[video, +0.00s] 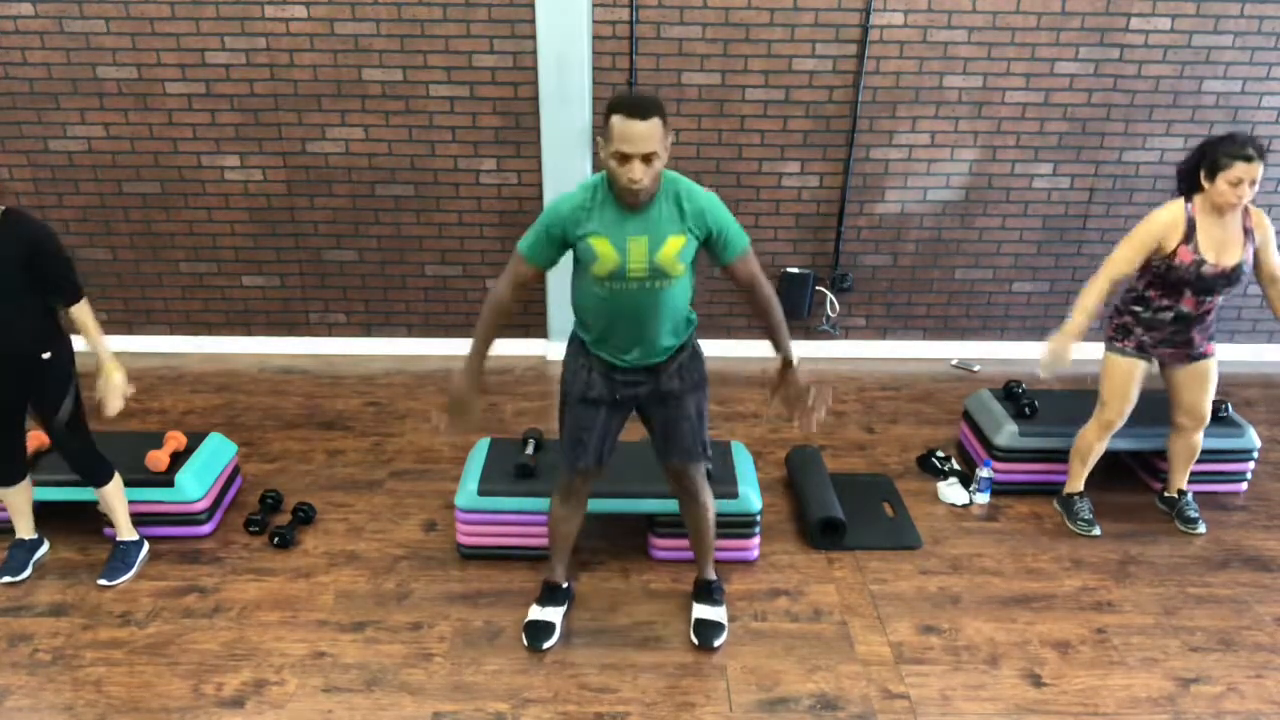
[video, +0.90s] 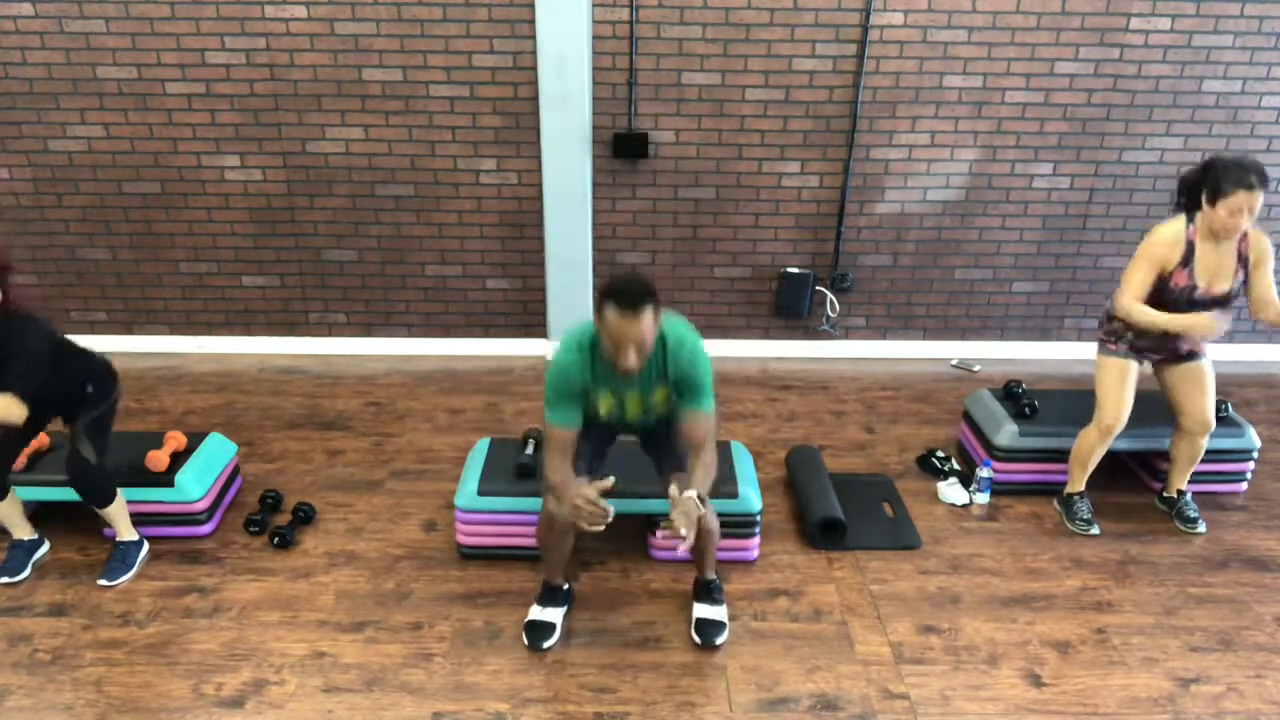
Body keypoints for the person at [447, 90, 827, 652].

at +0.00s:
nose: (636, 173)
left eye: (648, 158)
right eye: (623, 159)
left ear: (666, 150)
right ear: (604, 151)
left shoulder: (696, 205)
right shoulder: (571, 210)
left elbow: (751, 278)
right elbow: (511, 283)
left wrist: (788, 357)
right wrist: (471, 368)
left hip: (672, 364)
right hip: (594, 363)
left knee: (689, 477)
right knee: (575, 477)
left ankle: (708, 583)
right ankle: (556, 584)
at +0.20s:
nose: (636, 175)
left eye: (648, 161)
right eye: (623, 160)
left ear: (666, 148)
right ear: (601, 148)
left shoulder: (700, 197)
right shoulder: (569, 202)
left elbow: (741, 240)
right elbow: (518, 248)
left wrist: (769, 284)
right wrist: (481, 300)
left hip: (670, 369)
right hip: (591, 368)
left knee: (687, 477)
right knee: (573, 481)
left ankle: (707, 583)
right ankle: (554, 587)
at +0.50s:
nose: (629, 181)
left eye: (642, 167)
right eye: (616, 167)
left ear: (662, 151)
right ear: (596, 153)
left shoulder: (697, 201)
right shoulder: (564, 205)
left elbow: (732, 264)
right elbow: (518, 274)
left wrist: (753, 322)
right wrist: (486, 340)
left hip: (666, 369)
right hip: (587, 366)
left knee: (687, 478)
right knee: (569, 481)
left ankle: (708, 584)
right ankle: (555, 586)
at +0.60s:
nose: (627, 196)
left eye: (640, 182)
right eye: (614, 181)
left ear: (660, 164)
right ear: (595, 165)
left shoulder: (697, 215)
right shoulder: (564, 219)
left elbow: (722, 299)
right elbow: (533, 295)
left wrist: (735, 369)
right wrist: (516, 356)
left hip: (665, 363)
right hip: (587, 361)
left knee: (686, 477)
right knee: (566, 479)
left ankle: (708, 582)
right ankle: (553, 586)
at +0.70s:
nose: (627, 239)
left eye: (639, 226)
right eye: (615, 225)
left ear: (658, 204)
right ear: (597, 203)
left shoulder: (690, 249)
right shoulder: (565, 255)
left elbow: (714, 351)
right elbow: (542, 350)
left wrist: (713, 452)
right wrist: (534, 452)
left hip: (665, 367)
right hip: (587, 367)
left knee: (687, 479)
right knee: (560, 481)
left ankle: (707, 581)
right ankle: (553, 585)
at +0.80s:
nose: (628, 303)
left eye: (640, 290)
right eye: (616, 289)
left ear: (658, 268)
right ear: (599, 269)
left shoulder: (688, 299)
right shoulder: (568, 307)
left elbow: (707, 400)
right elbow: (551, 402)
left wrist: (693, 484)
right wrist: (557, 479)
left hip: (661, 394)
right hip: (593, 394)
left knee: (687, 487)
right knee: (559, 494)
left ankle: (707, 583)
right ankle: (554, 586)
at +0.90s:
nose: (628, 360)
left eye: (640, 345)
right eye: (616, 345)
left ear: (656, 325)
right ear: (599, 327)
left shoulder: (685, 347)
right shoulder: (571, 356)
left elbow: (704, 444)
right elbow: (557, 452)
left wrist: (694, 495)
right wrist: (566, 489)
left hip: (661, 422)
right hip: (595, 421)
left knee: (696, 506)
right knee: (558, 506)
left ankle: (708, 586)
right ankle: (553, 590)